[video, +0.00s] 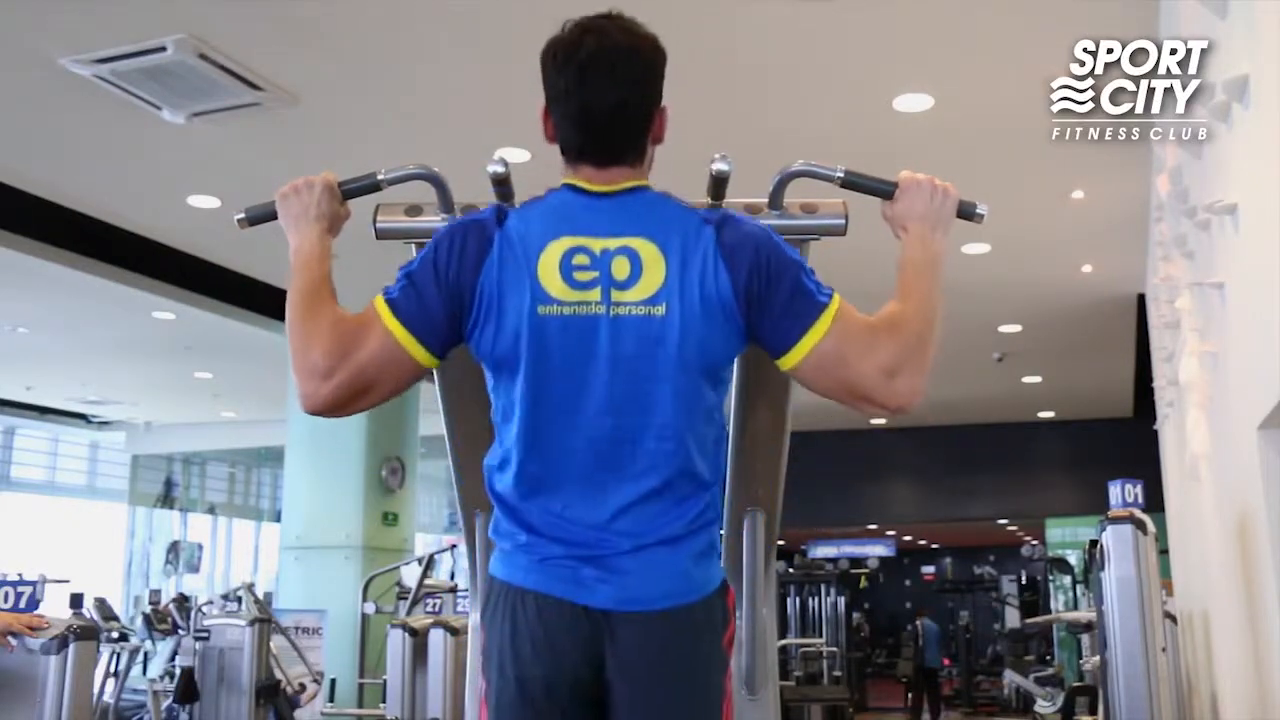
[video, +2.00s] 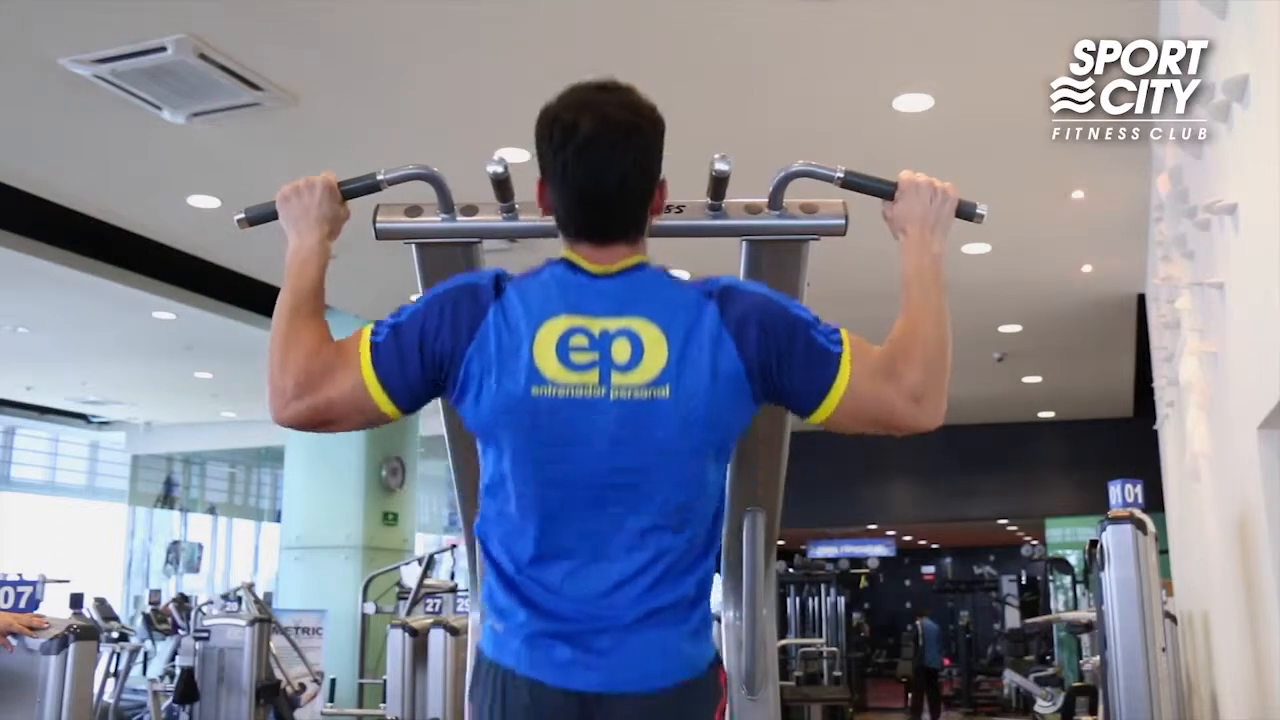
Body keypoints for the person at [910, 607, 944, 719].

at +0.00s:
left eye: (917, 616)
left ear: (917, 615)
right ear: (927, 615)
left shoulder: (917, 625)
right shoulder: (935, 626)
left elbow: (917, 644)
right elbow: (938, 645)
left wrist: (914, 658)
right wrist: (938, 660)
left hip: (920, 663)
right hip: (934, 664)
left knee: (917, 692)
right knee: (933, 691)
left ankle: (916, 714)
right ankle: (935, 715)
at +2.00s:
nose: (915, 618)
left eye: (916, 615)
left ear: (917, 615)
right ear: (928, 614)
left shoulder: (917, 626)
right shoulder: (935, 627)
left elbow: (917, 644)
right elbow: (938, 645)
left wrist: (914, 659)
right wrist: (938, 658)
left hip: (921, 663)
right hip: (934, 664)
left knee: (918, 692)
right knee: (934, 691)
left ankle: (916, 715)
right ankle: (935, 715)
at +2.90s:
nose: (916, 618)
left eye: (916, 616)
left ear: (917, 615)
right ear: (928, 614)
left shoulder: (917, 626)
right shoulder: (935, 627)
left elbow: (917, 644)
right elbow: (938, 645)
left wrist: (914, 659)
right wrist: (939, 659)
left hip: (921, 664)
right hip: (934, 664)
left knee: (918, 692)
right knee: (933, 692)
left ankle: (916, 715)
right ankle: (935, 715)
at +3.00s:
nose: (916, 618)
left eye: (916, 616)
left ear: (917, 615)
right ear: (928, 614)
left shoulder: (917, 626)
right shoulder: (935, 627)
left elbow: (917, 644)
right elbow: (938, 645)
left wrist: (914, 659)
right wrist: (939, 659)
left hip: (921, 664)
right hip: (934, 664)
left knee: (918, 692)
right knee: (933, 692)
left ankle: (916, 715)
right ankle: (935, 715)